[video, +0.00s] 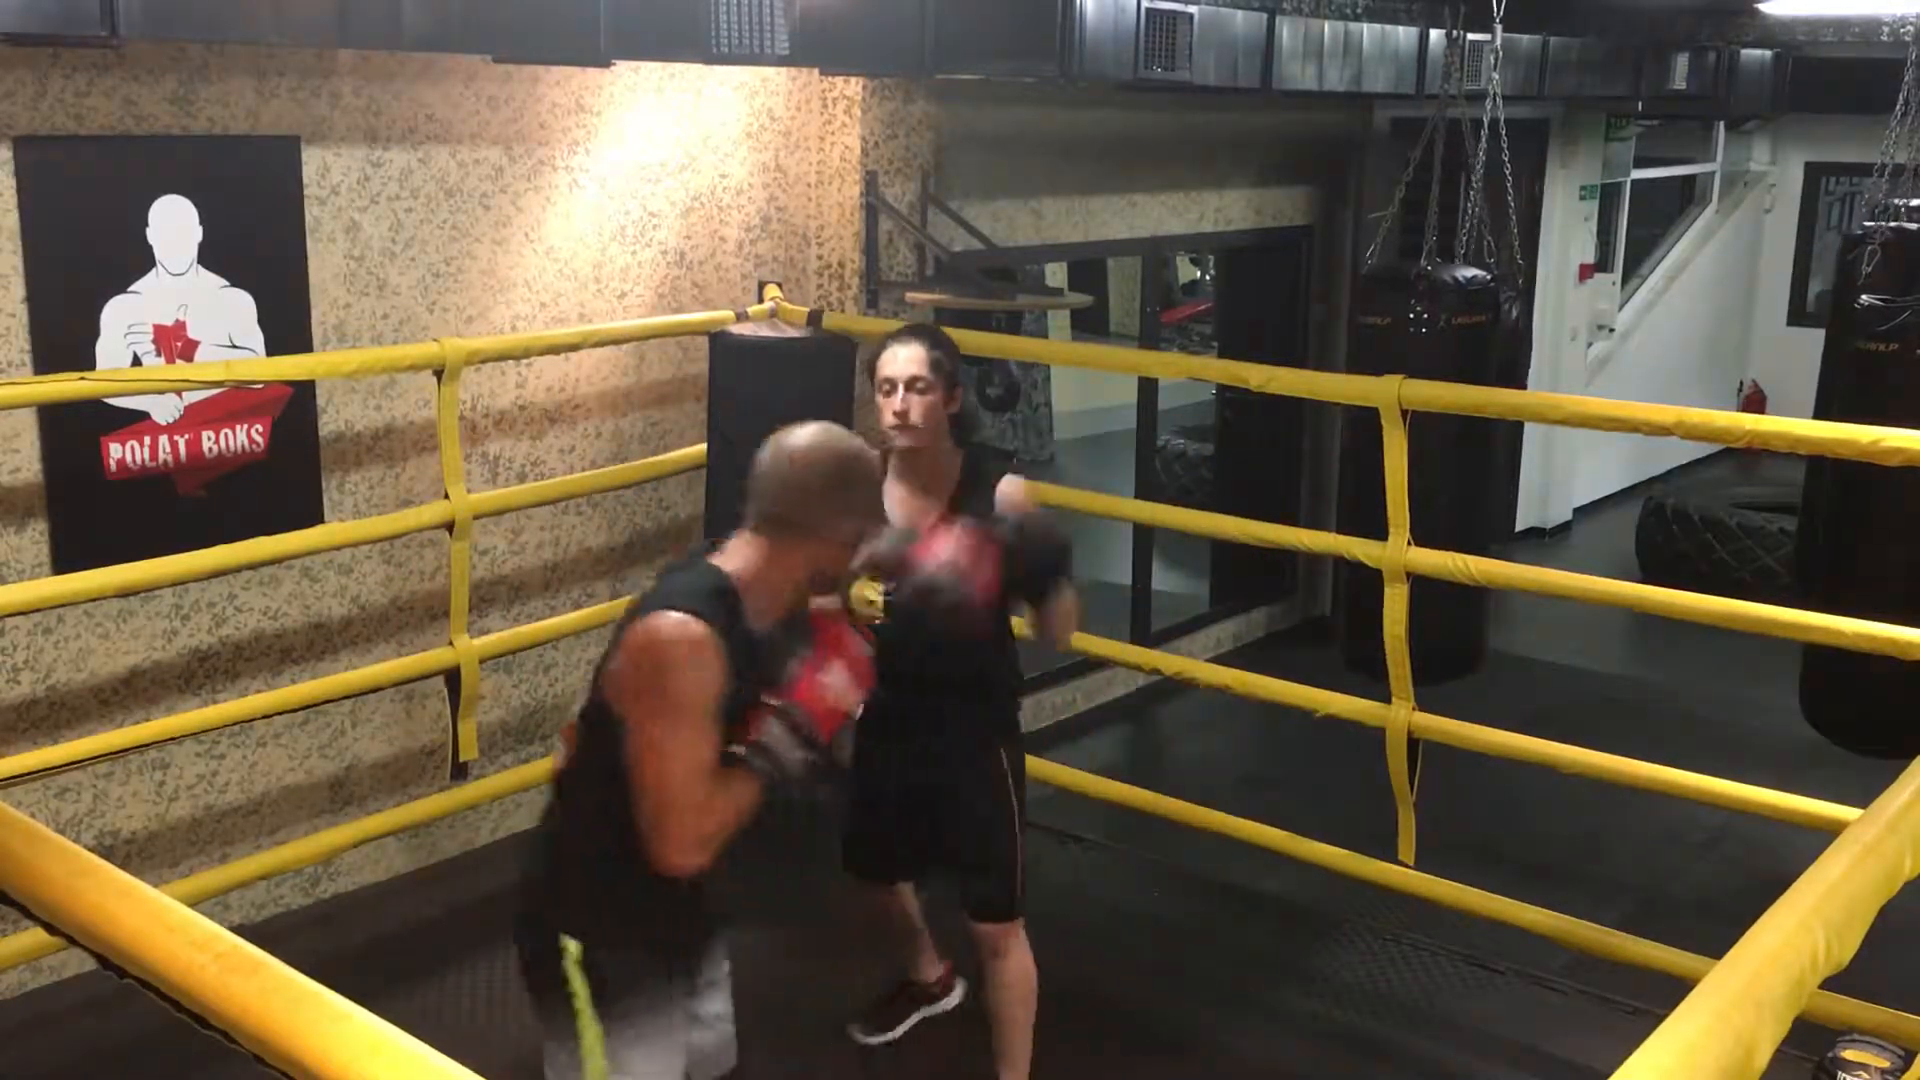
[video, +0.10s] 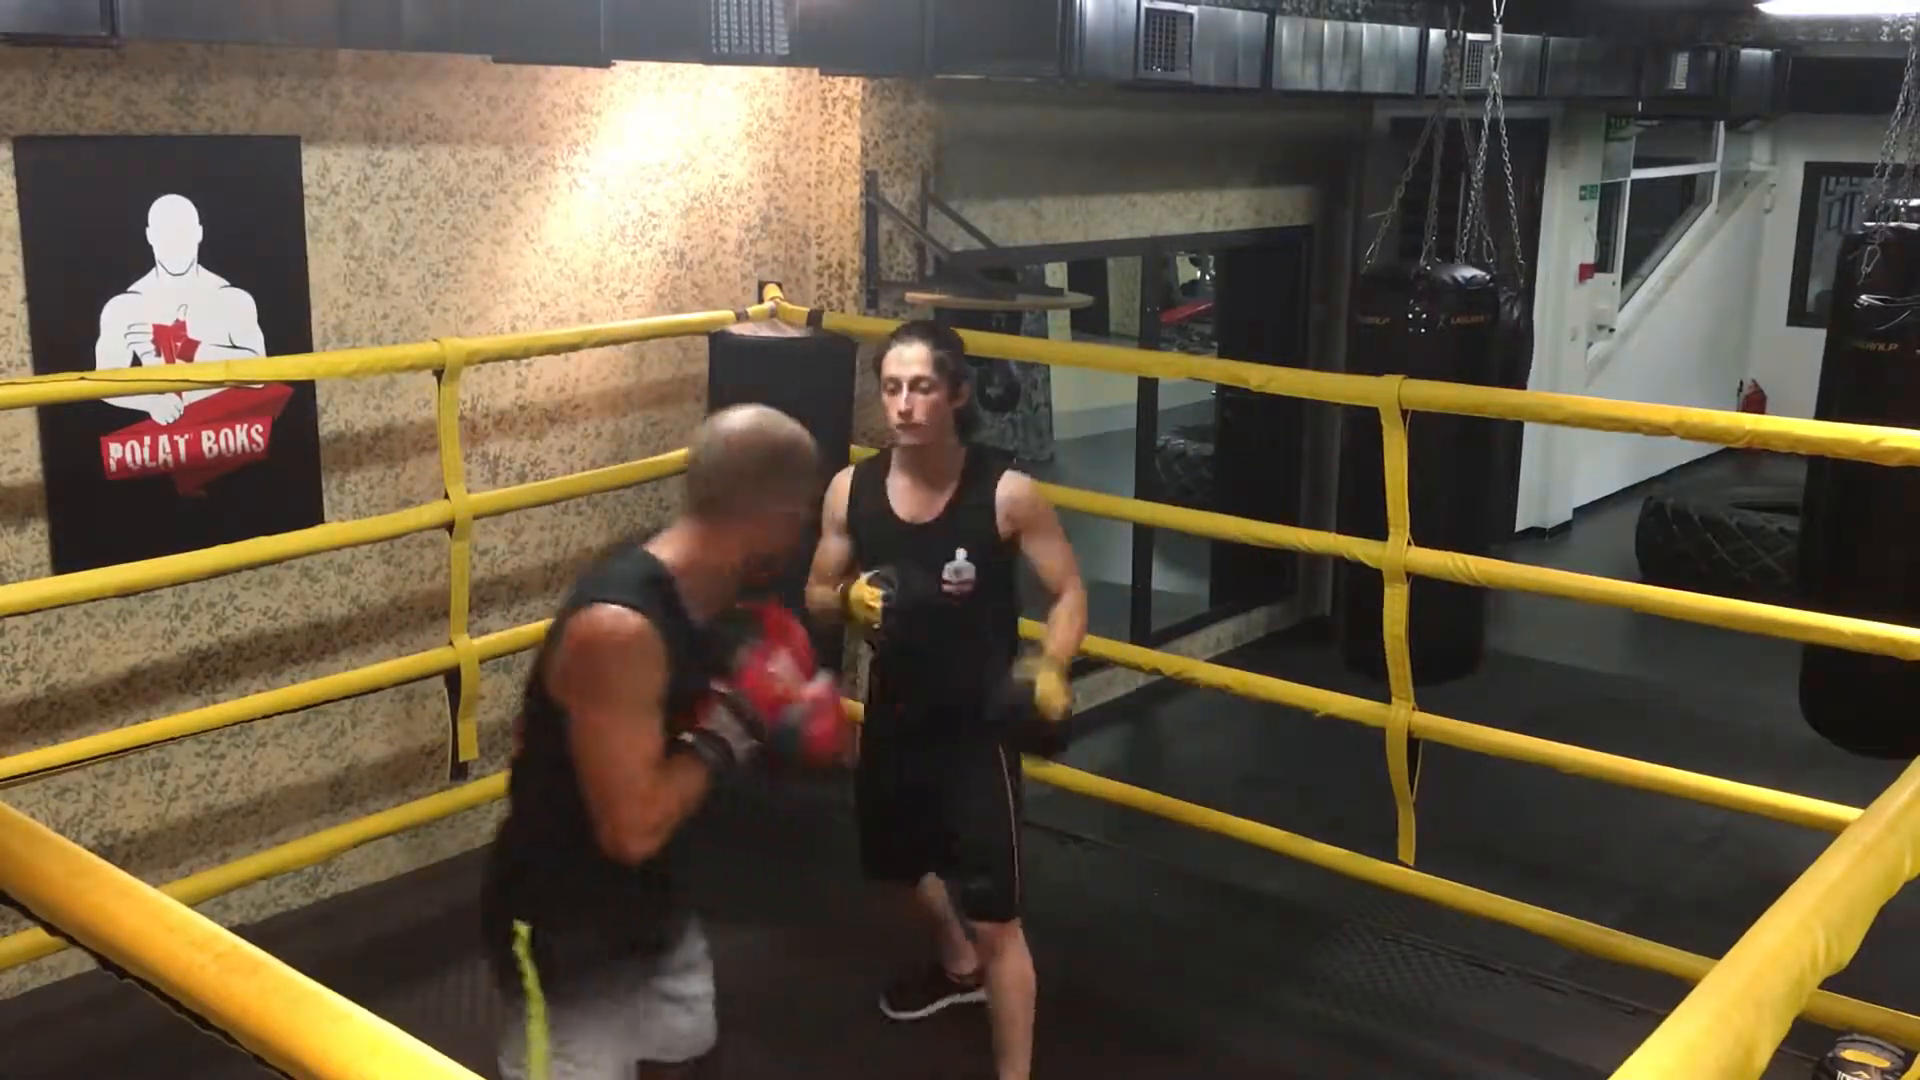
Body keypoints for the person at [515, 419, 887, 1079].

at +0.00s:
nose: (863, 557)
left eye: (867, 540)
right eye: (861, 539)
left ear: (771, 508)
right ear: (831, 537)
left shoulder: (767, 610)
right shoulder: (676, 634)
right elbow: (679, 839)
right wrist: (799, 721)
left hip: (689, 924)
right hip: (608, 954)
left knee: (709, 1063)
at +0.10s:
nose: (801, 535)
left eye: (803, 517)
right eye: (798, 517)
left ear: (712, 498)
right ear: (764, 518)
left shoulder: (706, 594)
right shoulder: (614, 629)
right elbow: (632, 828)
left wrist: (786, 713)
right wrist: (730, 730)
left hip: (647, 896)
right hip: (564, 927)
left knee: (677, 1054)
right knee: (579, 1069)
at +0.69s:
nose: (505, 474)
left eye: (502, 457)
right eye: (503, 456)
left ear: (401, 460)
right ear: (488, 464)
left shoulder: (336, 558)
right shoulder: (414, 605)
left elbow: (346, 700)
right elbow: (450, 804)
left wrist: (491, 665)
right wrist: (556, 730)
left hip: (303, 889)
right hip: (380, 913)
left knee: (311, 1059)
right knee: (406, 1068)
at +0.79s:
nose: (487, 478)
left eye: (485, 460)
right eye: (486, 460)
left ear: (378, 471)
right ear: (472, 468)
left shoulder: (327, 565)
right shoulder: (419, 605)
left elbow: (334, 734)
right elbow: (411, 804)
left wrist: (468, 719)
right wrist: (523, 753)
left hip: (289, 897)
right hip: (357, 915)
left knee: (323, 1060)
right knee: (430, 1068)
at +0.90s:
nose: (485, 476)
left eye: (484, 461)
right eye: (486, 461)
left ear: (372, 467)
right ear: (473, 467)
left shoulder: (308, 566)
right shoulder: (417, 600)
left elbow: (319, 741)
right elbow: (406, 804)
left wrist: (453, 731)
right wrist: (483, 731)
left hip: (276, 917)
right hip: (361, 938)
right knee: (439, 1072)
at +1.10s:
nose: (482, 519)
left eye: (479, 502)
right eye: (482, 504)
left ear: (364, 508)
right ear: (471, 514)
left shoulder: (279, 605)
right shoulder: (456, 666)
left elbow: (183, 755)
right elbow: (520, 845)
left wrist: (289, 788)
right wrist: (513, 729)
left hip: (246, 958)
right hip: (364, 975)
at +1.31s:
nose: (479, 491)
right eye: (481, 476)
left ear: (357, 478)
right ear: (473, 482)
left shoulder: (281, 573)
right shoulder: (458, 621)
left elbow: (161, 737)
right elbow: (481, 808)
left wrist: (274, 729)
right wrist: (475, 662)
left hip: (263, 927)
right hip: (378, 942)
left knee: (278, 1062)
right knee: (389, 1068)